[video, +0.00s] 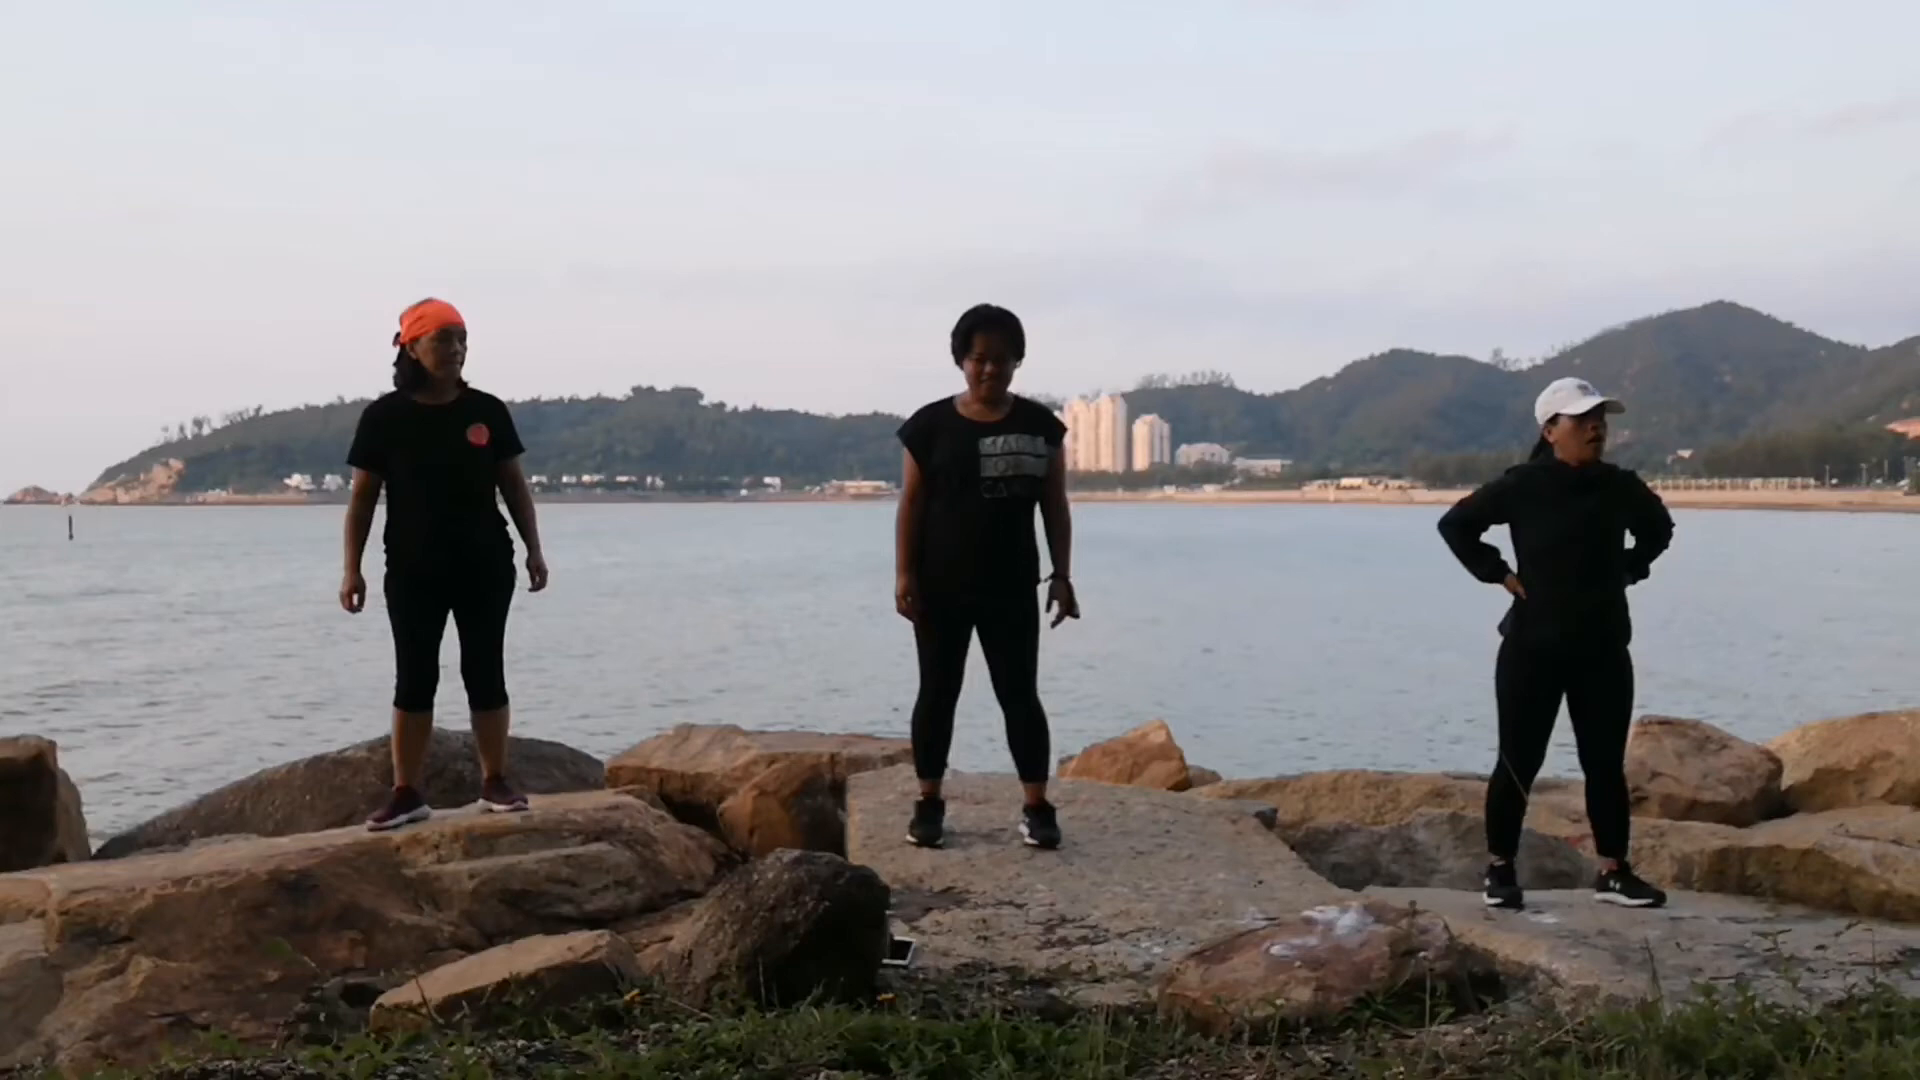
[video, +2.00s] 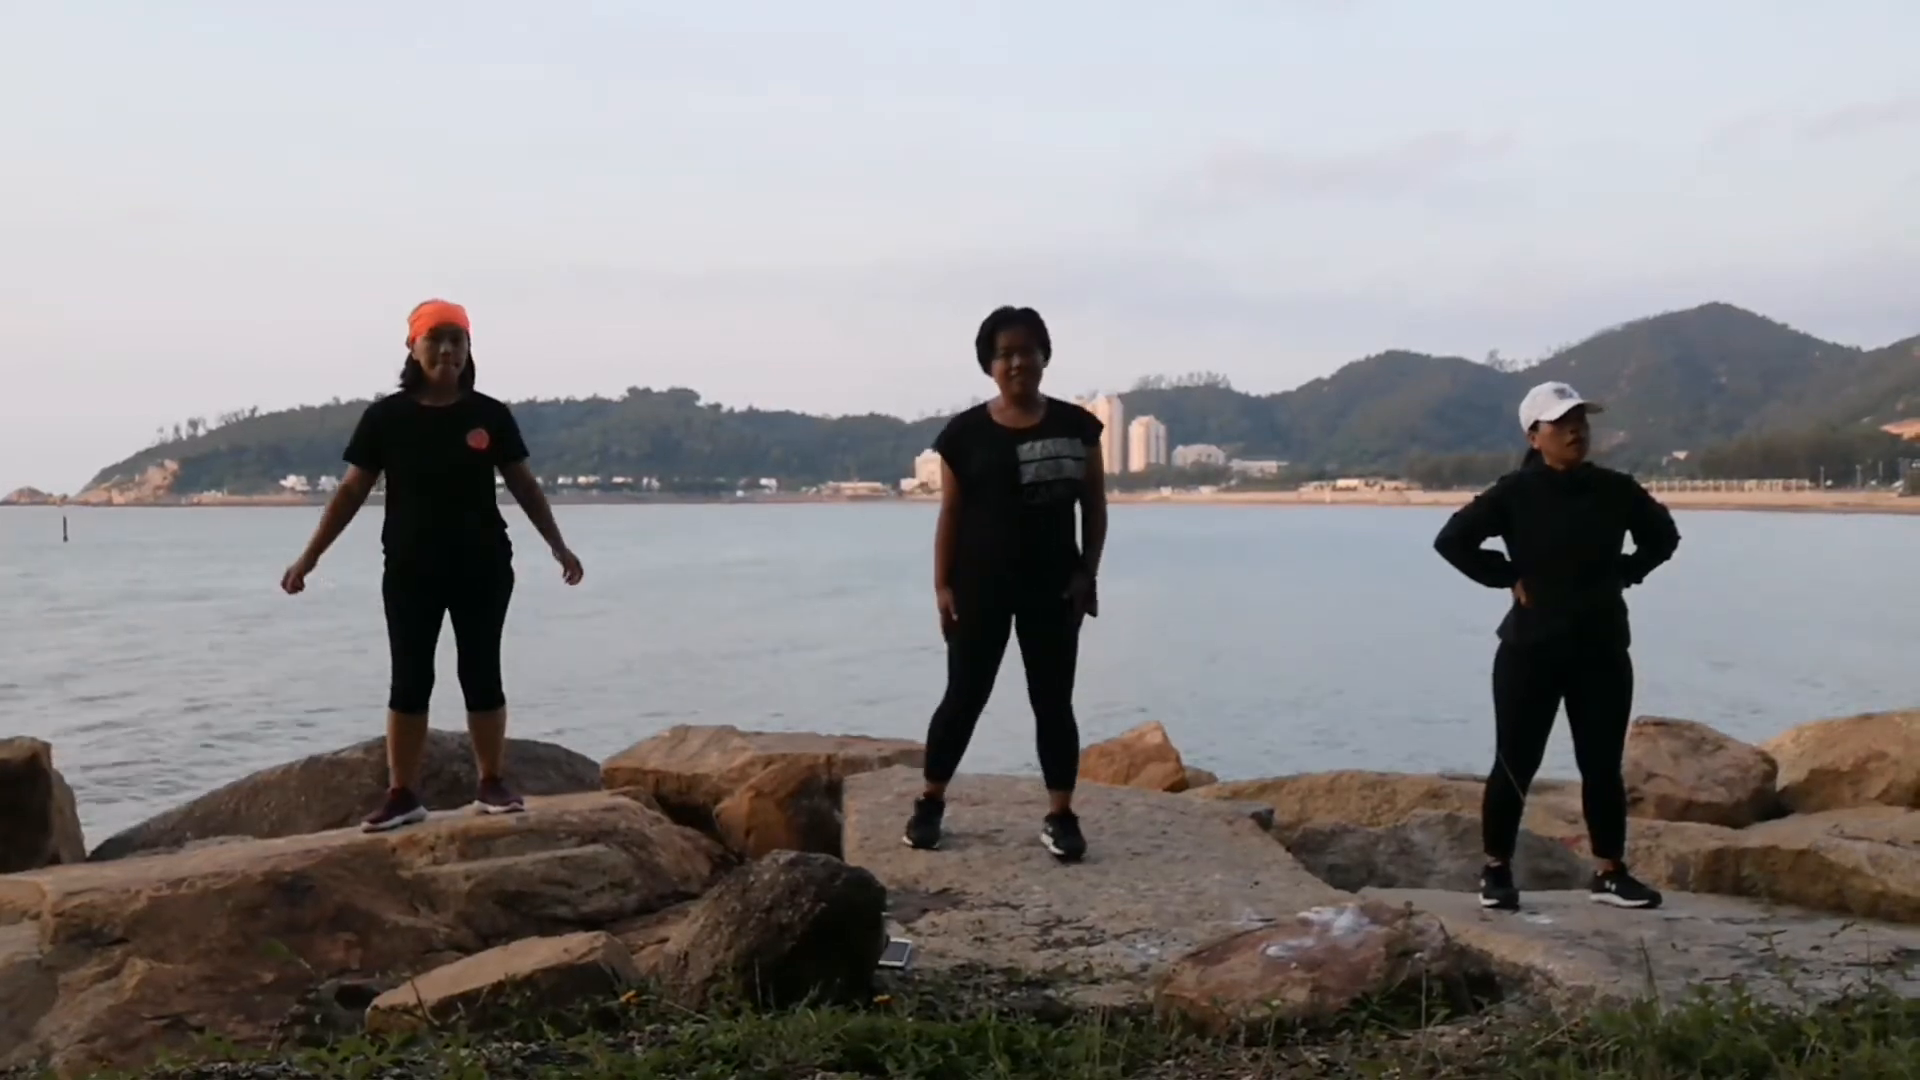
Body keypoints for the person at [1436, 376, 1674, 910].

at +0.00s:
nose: (1598, 429)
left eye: (1600, 419)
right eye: (1584, 420)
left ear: (1602, 425)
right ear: (1551, 429)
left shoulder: (1618, 484)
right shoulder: (1521, 486)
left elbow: (1659, 529)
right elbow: (1454, 526)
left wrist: (1626, 568)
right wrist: (1501, 574)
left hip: (1602, 647)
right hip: (1534, 645)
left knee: (1606, 764)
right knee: (1519, 761)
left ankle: (1614, 870)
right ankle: (1501, 869)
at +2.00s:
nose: (1577, 431)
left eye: (1580, 420)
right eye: (1563, 424)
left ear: (1586, 425)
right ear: (1535, 435)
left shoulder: (1614, 489)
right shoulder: (1514, 493)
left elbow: (1664, 536)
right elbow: (1451, 542)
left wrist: (1625, 572)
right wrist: (1508, 576)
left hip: (1601, 649)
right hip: (1531, 649)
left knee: (1603, 766)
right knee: (1515, 765)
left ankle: (1611, 872)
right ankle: (1497, 872)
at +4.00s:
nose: (1581, 432)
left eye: (1584, 423)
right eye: (1568, 424)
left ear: (1588, 428)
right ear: (1538, 434)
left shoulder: (1612, 492)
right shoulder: (1512, 493)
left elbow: (1659, 540)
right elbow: (1448, 541)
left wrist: (1616, 576)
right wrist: (1504, 577)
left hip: (1595, 650)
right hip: (1527, 650)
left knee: (1598, 768)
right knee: (1510, 765)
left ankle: (1606, 873)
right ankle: (1492, 873)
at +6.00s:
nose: (1560, 435)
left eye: (1567, 426)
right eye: (1548, 426)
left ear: (1576, 433)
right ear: (1523, 435)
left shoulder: (1600, 494)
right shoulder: (1501, 496)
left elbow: (1648, 541)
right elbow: (1438, 545)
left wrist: (1607, 577)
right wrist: (1496, 581)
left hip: (1586, 652)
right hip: (1517, 652)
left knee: (1590, 770)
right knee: (1502, 767)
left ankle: (1598, 875)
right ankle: (1485, 874)